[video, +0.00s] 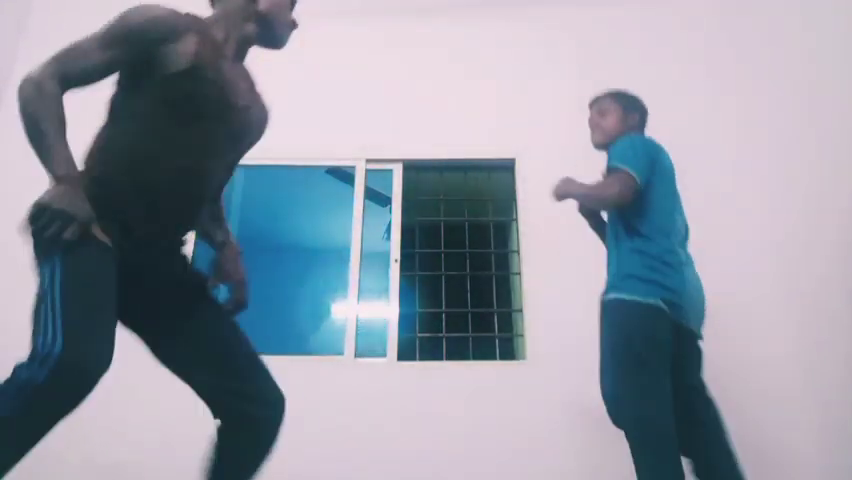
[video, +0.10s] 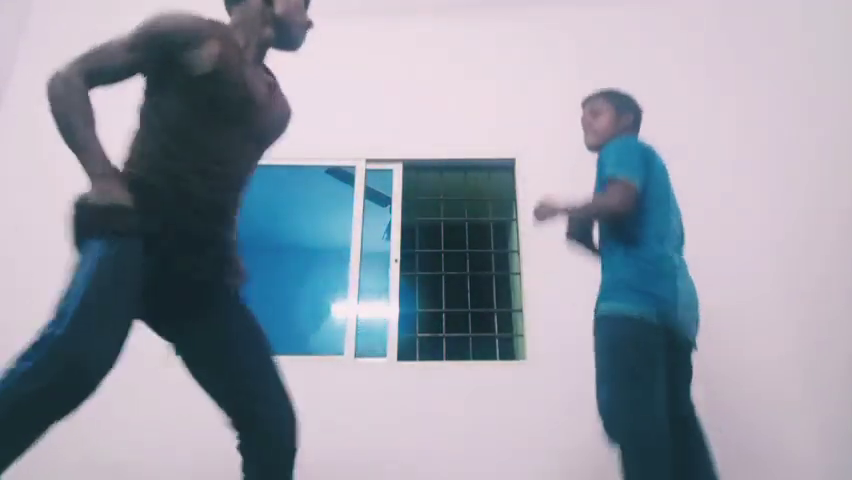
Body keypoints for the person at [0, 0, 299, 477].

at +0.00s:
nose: (296, 13)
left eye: (294, 4)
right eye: (288, 1)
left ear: (256, 9)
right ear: (256, 2)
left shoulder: (251, 111)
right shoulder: (162, 27)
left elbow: (201, 193)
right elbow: (40, 84)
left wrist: (226, 245)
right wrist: (66, 178)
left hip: (156, 258)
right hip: (86, 227)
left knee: (257, 408)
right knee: (70, 362)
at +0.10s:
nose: (309, 17)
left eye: (307, 6)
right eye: (299, 3)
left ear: (266, 11)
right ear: (262, 5)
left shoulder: (275, 108)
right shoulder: (189, 35)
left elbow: (226, 188)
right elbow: (67, 83)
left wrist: (230, 256)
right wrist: (103, 176)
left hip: (199, 263)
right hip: (129, 238)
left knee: (273, 424)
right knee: (72, 361)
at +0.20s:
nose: (315, 14)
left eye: (313, 5)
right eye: (305, 2)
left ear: (271, 12)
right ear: (266, 5)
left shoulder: (285, 105)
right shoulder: (199, 40)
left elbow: (244, 165)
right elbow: (84, 79)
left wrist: (254, 219)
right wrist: (129, 153)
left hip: (222, 247)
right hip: (160, 223)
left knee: (276, 410)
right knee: (71, 358)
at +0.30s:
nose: (317, 6)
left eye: (315, 2)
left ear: (290, 7)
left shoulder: (279, 76)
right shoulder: (212, 19)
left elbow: (234, 136)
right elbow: (83, 43)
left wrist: (246, 191)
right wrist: (127, 113)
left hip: (219, 230)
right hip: (159, 195)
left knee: (263, 394)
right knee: (70, 339)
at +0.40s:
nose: (306, 8)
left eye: (304, 2)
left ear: (269, 7)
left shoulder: (265, 83)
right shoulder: (198, 21)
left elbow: (212, 147)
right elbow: (73, 50)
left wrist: (234, 203)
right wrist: (124, 122)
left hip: (207, 230)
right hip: (147, 200)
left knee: (267, 413)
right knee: (54, 354)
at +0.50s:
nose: (295, 15)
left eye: (292, 5)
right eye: (284, 3)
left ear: (254, 12)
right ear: (249, 6)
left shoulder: (254, 104)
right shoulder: (184, 41)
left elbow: (197, 171)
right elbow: (60, 77)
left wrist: (221, 227)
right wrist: (117, 153)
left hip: (195, 263)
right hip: (132, 237)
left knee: (268, 427)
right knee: (43, 386)